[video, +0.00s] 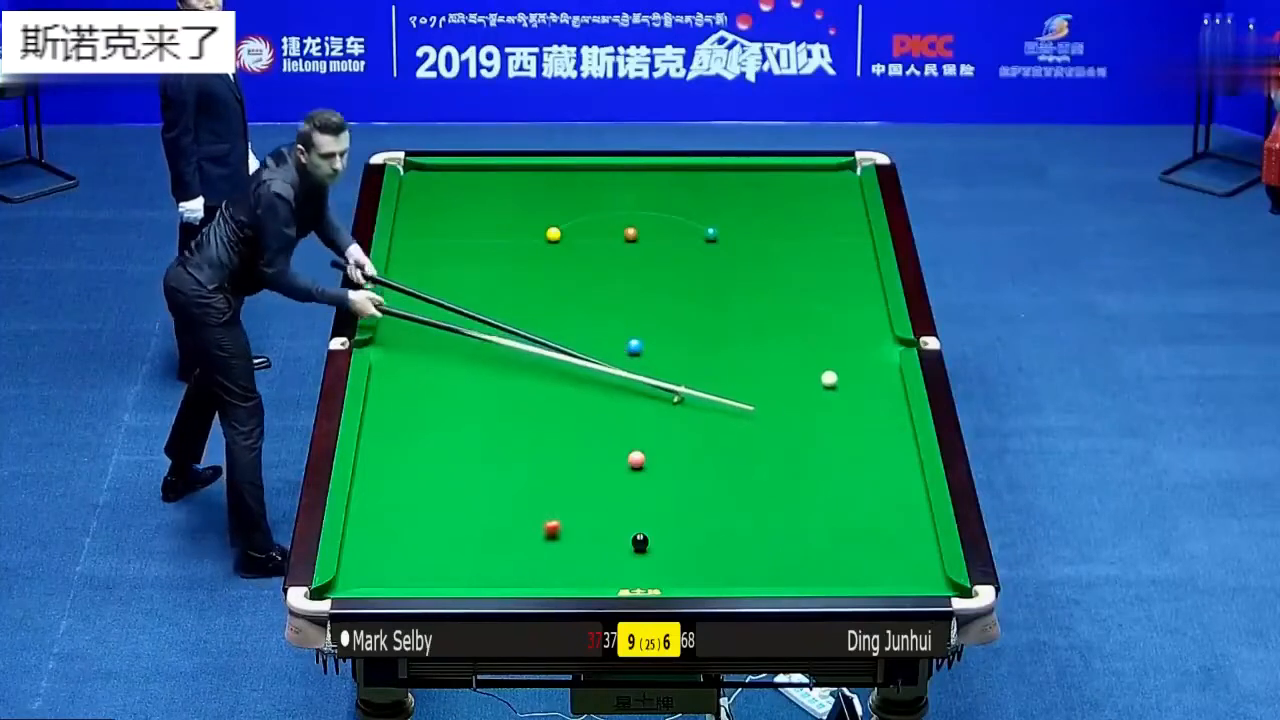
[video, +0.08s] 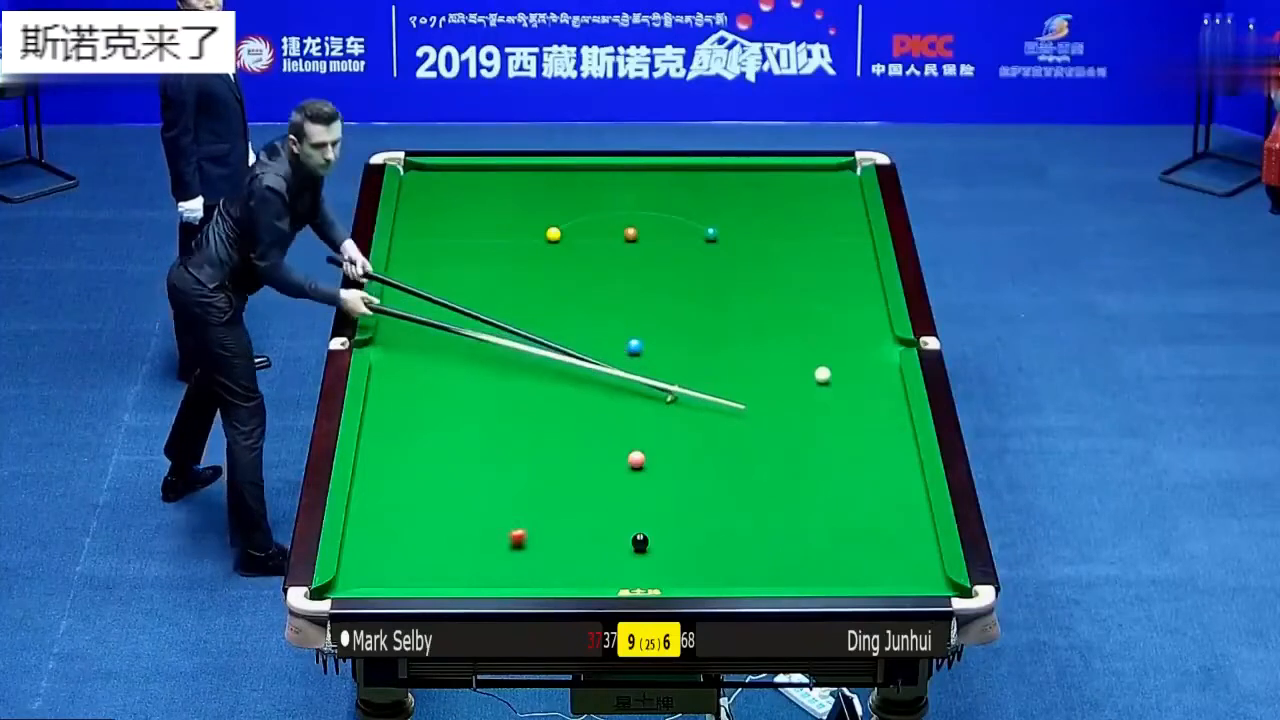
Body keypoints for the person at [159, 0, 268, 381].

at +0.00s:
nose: (214, 9)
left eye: (217, 3)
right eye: (205, 4)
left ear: (219, 8)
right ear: (185, 7)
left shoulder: (217, 53)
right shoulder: (180, 65)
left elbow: (229, 120)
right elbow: (177, 136)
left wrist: (248, 159)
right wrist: (188, 195)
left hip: (230, 187)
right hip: (204, 194)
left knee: (225, 279)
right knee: (199, 284)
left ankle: (226, 355)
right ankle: (195, 361)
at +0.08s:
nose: (216, 9)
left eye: (218, 4)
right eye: (207, 4)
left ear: (219, 8)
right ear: (186, 7)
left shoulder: (217, 53)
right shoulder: (181, 65)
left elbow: (230, 117)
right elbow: (177, 135)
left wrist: (248, 154)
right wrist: (188, 195)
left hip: (230, 187)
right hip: (203, 194)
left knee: (226, 278)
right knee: (198, 284)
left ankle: (228, 355)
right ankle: (195, 362)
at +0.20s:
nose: (221, 8)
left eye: (222, 4)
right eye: (212, 3)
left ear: (222, 9)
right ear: (190, 7)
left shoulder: (221, 53)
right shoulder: (182, 64)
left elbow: (233, 121)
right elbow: (176, 134)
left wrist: (246, 172)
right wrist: (186, 193)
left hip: (231, 186)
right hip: (204, 190)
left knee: (230, 275)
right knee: (197, 281)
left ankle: (231, 352)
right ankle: (194, 360)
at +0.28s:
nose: (223, 7)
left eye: (225, 2)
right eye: (214, 2)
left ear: (225, 7)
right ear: (194, 4)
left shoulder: (225, 47)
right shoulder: (186, 60)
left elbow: (235, 116)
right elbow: (178, 133)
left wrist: (251, 166)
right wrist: (187, 193)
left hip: (235, 181)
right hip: (206, 187)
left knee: (240, 268)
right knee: (202, 276)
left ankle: (242, 343)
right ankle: (195, 357)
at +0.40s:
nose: (234, 2)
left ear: (238, 2)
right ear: (205, 2)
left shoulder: (238, 31)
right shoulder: (194, 49)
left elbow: (242, 104)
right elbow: (185, 127)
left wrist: (263, 156)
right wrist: (193, 190)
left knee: (260, 256)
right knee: (202, 274)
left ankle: (269, 330)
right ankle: (196, 359)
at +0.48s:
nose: (243, 3)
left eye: (246, 0)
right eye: (235, 0)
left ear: (251, 4)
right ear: (216, 3)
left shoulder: (254, 31)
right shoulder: (204, 47)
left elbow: (261, 93)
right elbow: (196, 121)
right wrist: (201, 184)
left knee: (275, 250)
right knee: (214, 257)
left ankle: (285, 322)